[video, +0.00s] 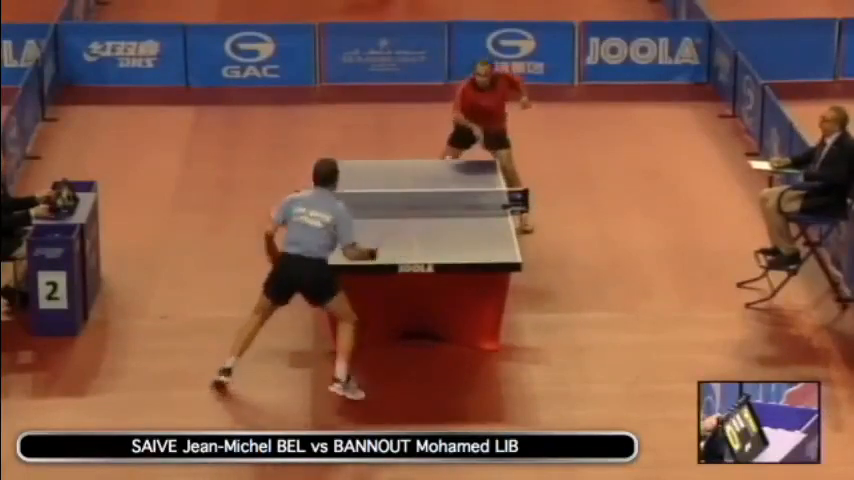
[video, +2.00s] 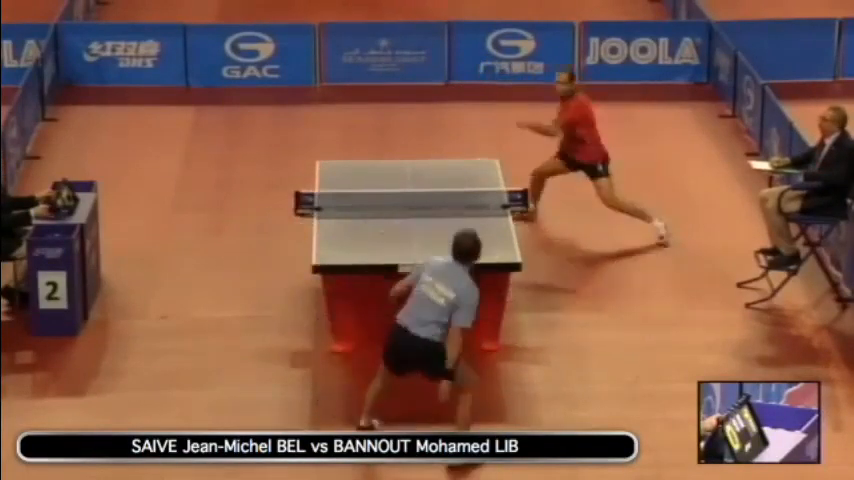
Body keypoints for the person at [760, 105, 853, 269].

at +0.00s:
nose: (821, 123)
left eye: (826, 121)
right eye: (822, 119)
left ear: (838, 125)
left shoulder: (846, 146)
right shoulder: (826, 141)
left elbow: (836, 177)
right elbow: (807, 158)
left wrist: (807, 175)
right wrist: (786, 162)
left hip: (830, 199)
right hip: (814, 191)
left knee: (774, 204)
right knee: (766, 197)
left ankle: (790, 253)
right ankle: (780, 247)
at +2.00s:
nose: (820, 123)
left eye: (825, 120)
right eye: (821, 119)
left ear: (837, 125)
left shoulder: (846, 147)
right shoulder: (826, 141)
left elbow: (837, 178)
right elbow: (807, 158)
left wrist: (806, 175)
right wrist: (786, 162)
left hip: (829, 199)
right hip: (815, 191)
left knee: (773, 204)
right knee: (765, 197)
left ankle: (789, 253)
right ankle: (780, 247)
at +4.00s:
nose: (820, 122)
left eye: (825, 119)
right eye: (821, 118)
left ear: (837, 124)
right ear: (833, 123)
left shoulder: (846, 147)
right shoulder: (827, 139)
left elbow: (836, 177)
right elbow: (809, 157)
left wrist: (803, 175)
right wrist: (787, 163)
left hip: (829, 199)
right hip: (815, 190)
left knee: (773, 205)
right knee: (765, 197)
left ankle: (790, 254)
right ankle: (780, 247)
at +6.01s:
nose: (819, 123)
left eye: (824, 120)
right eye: (820, 119)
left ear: (837, 124)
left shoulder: (846, 147)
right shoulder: (826, 141)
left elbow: (836, 178)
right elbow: (808, 157)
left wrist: (803, 175)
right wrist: (787, 162)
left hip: (830, 199)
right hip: (815, 191)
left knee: (773, 204)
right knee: (765, 197)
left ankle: (790, 254)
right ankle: (780, 247)